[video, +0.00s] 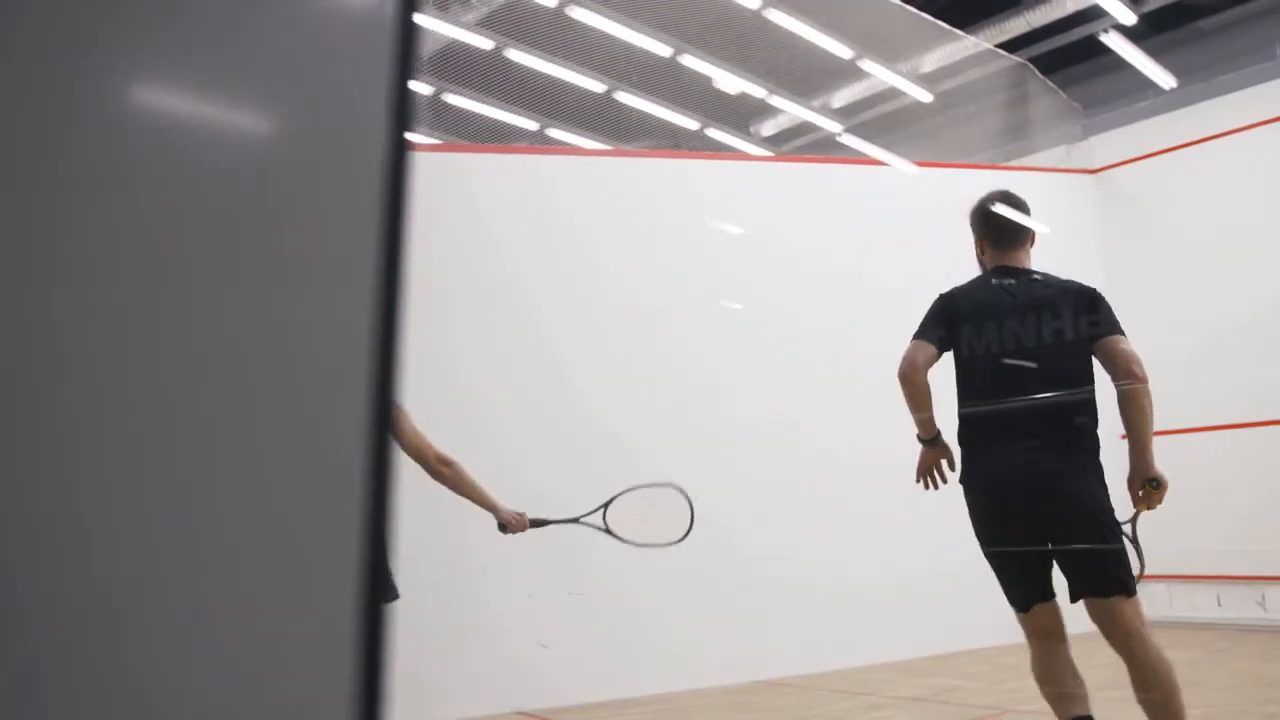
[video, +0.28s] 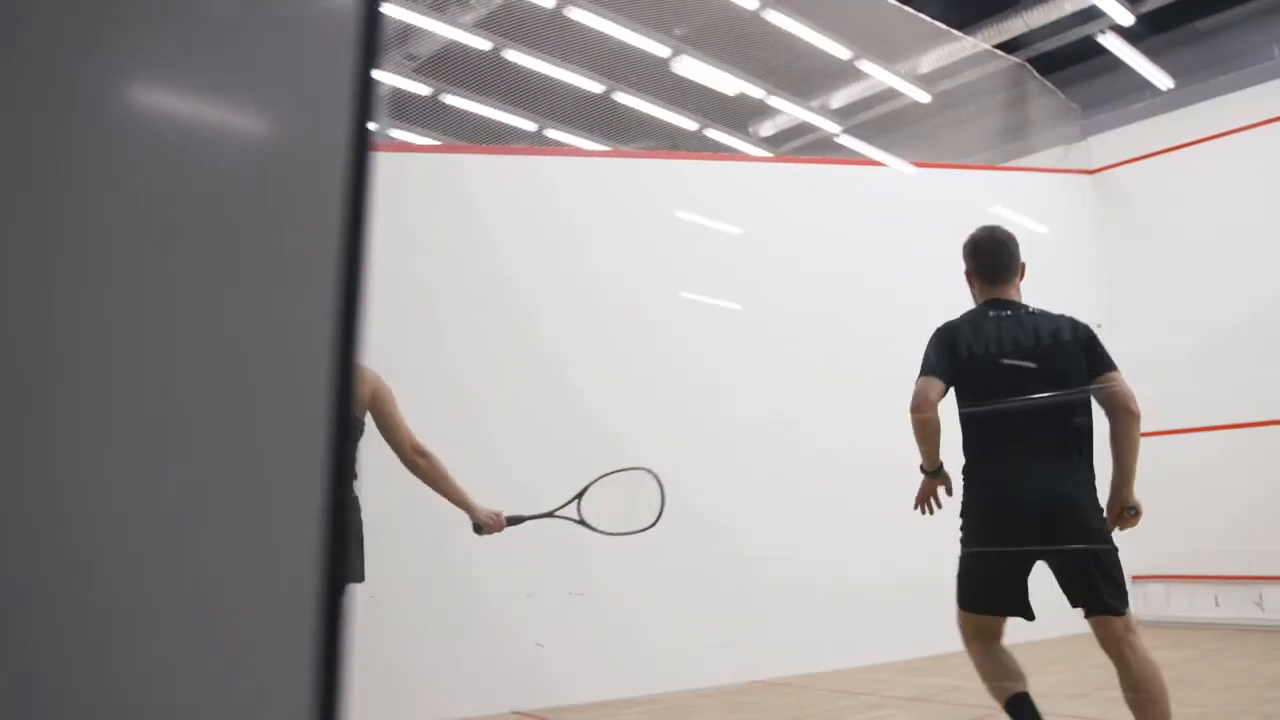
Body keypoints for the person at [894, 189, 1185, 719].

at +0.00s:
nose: (975, 252)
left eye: (975, 244)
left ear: (978, 245)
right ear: (1031, 240)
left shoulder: (956, 304)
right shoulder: (1079, 297)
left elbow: (911, 368)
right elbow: (1130, 375)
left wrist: (929, 437)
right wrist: (1143, 464)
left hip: (995, 492)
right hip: (1073, 485)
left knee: (1044, 634)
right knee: (1128, 628)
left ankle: (1078, 717)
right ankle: (1173, 715)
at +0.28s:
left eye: (970, 272)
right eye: (1020, 268)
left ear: (968, 276)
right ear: (1023, 274)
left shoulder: (952, 337)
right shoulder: (1071, 332)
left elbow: (923, 405)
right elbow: (1125, 409)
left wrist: (932, 466)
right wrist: (1123, 493)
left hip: (995, 517)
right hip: (1072, 512)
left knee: (982, 636)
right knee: (1121, 637)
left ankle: (1025, 713)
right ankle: (1160, 718)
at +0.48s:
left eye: (940, 289)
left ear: (943, 294)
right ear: (995, 289)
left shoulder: (934, 350)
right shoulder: (1049, 345)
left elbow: (914, 416)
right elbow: (1098, 423)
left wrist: (919, 489)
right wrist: (1082, 494)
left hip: (980, 523)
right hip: (1057, 520)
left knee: (927, 626)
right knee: (1108, 636)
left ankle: (950, 715)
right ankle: (1149, 718)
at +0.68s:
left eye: (904, 303)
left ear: (904, 306)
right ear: (954, 301)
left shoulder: (902, 362)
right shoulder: (1005, 353)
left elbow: (890, 422)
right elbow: (1054, 430)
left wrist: (888, 501)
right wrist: (1025, 489)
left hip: (955, 528)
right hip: (1026, 525)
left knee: (874, 621)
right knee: (1083, 642)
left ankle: (874, 716)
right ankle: (1135, 716)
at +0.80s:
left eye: (872, 303)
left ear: (872, 307)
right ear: (921, 303)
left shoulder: (874, 362)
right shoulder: (969, 355)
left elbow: (869, 423)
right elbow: (1016, 430)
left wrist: (864, 501)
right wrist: (983, 485)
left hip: (932, 528)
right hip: (1001, 526)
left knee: (846, 620)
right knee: (1062, 646)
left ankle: (841, 718)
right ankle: (1124, 719)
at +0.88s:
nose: (846, 307)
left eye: (844, 301)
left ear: (847, 306)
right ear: (894, 300)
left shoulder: (850, 359)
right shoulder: (941, 352)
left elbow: (852, 423)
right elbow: (987, 425)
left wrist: (846, 499)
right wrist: (955, 478)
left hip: (913, 528)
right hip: (979, 524)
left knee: (829, 622)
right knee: (1041, 639)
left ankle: (829, 718)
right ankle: (1114, 717)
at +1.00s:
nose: (813, 305)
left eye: (811, 298)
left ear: (809, 301)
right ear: (858, 298)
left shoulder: (815, 356)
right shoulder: (899, 350)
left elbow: (826, 422)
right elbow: (944, 421)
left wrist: (817, 499)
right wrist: (912, 475)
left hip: (877, 518)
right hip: (938, 513)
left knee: (807, 626)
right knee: (999, 625)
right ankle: (1096, 714)